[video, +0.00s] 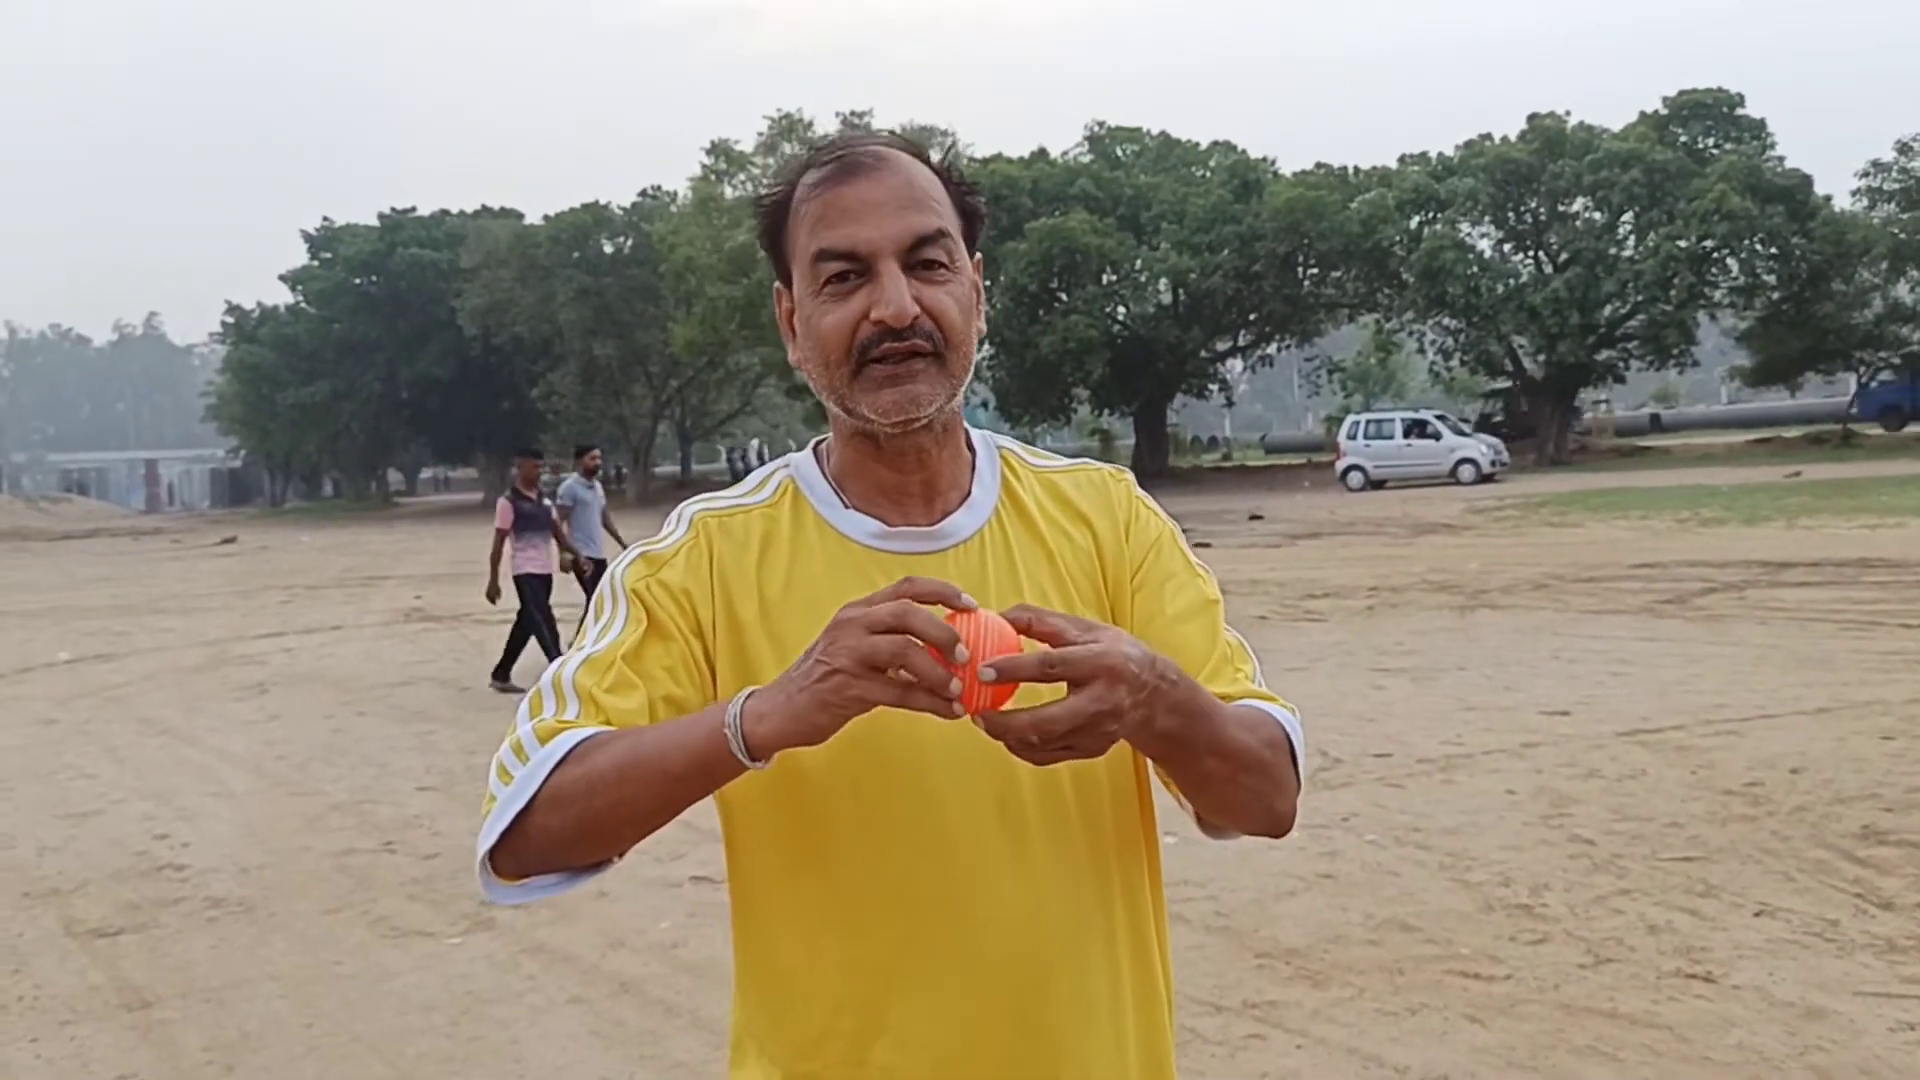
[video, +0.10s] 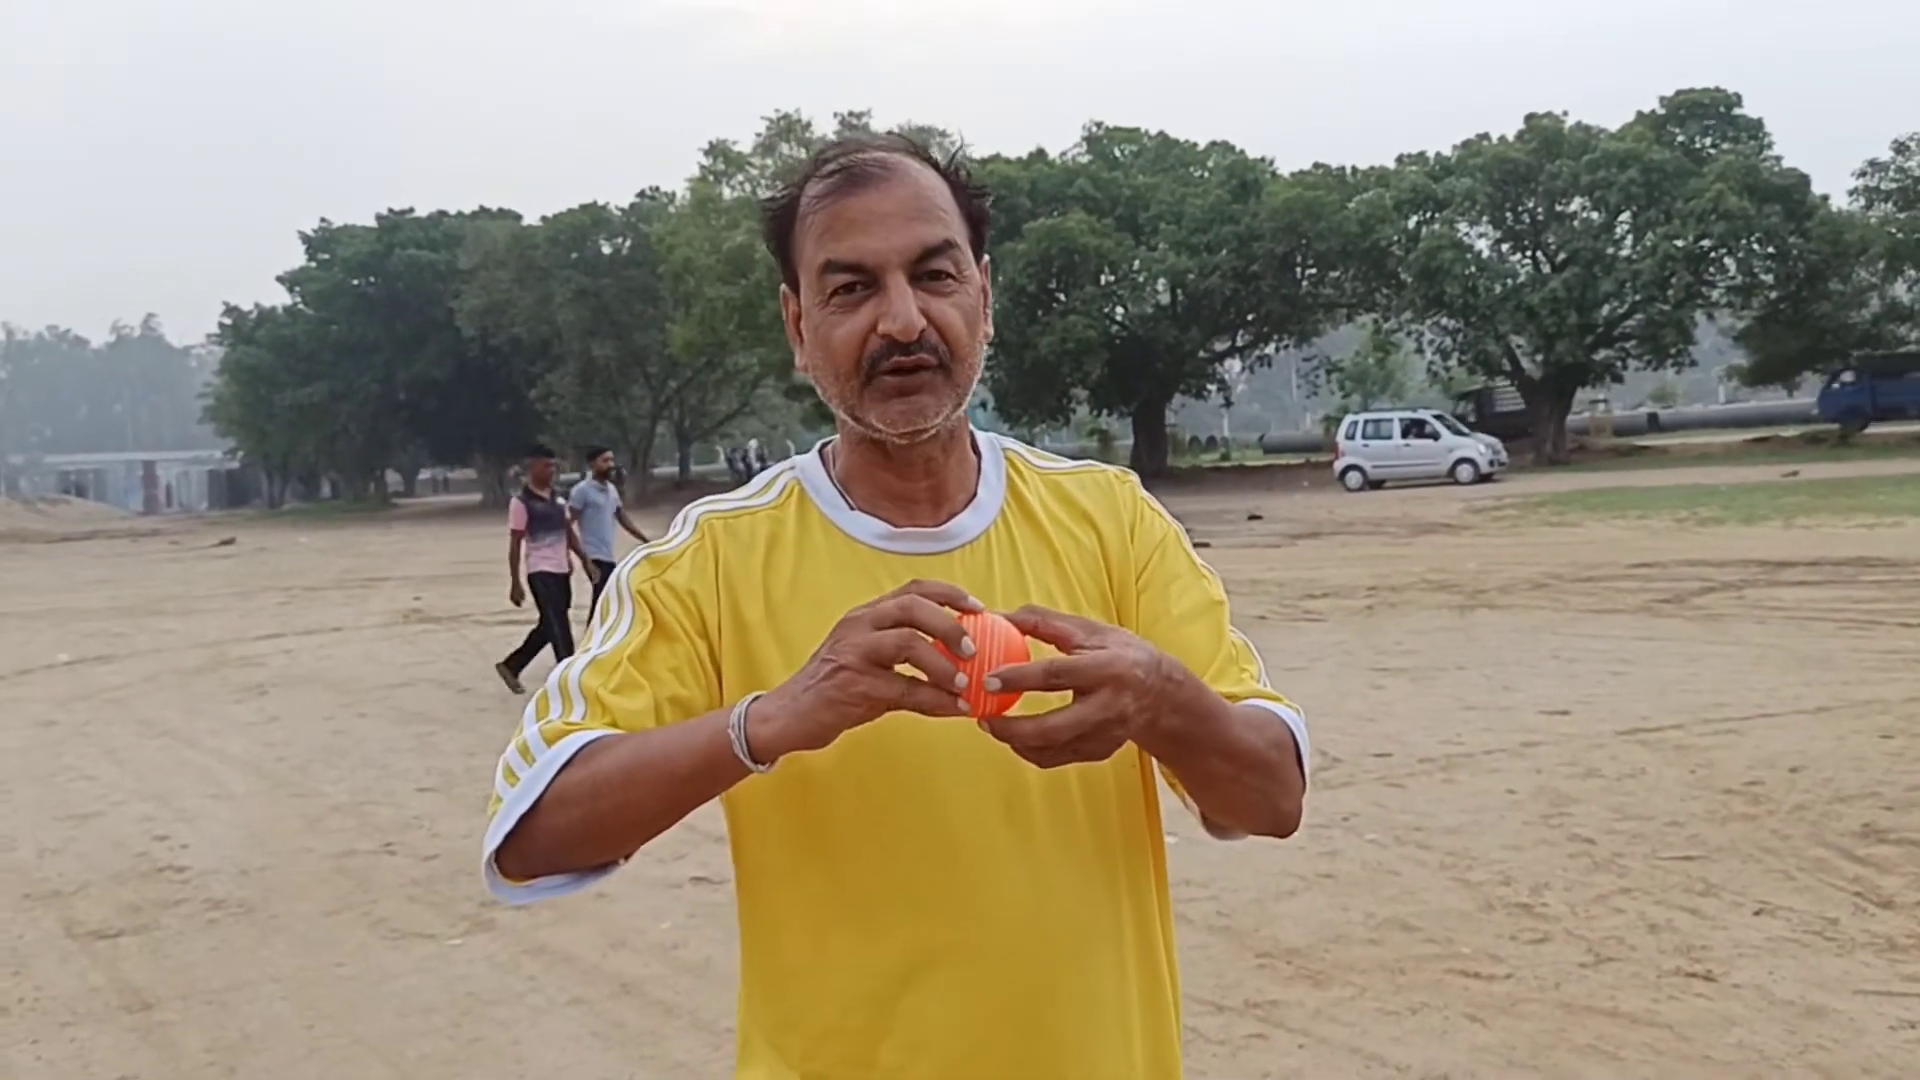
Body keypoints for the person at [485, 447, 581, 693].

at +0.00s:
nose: (538, 471)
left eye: (540, 467)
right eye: (534, 467)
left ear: (540, 469)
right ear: (519, 467)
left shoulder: (543, 500)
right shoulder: (508, 502)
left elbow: (557, 532)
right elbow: (498, 542)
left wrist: (577, 555)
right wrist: (493, 580)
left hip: (545, 571)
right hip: (524, 572)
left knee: (524, 626)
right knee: (543, 623)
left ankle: (501, 673)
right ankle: (562, 671)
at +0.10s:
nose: (551, 471)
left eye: (552, 466)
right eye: (546, 466)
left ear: (554, 469)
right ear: (531, 468)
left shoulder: (556, 499)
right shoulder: (521, 502)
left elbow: (569, 535)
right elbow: (515, 543)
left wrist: (586, 560)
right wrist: (515, 582)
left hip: (562, 570)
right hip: (540, 571)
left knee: (549, 627)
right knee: (559, 627)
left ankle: (511, 666)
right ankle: (572, 677)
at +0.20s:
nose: (557, 467)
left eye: (559, 462)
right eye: (552, 462)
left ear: (560, 464)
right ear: (537, 465)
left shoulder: (565, 497)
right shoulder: (530, 500)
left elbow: (576, 533)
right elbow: (530, 542)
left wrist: (588, 561)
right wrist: (538, 577)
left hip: (572, 568)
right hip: (550, 569)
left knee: (579, 619)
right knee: (561, 626)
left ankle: (537, 654)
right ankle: (565, 676)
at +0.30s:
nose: (566, 464)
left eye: (567, 459)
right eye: (561, 459)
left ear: (568, 461)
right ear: (546, 461)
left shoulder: (572, 492)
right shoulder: (538, 496)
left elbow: (579, 533)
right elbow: (543, 537)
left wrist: (589, 564)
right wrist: (562, 569)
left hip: (579, 567)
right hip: (555, 570)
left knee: (597, 616)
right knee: (557, 626)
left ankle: (573, 659)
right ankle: (559, 677)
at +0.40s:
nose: (576, 463)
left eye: (578, 459)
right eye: (571, 459)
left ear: (579, 461)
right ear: (556, 460)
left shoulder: (582, 492)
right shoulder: (549, 494)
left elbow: (588, 534)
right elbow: (557, 536)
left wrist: (601, 565)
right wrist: (588, 565)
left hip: (588, 570)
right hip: (564, 571)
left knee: (608, 625)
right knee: (559, 632)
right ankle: (555, 684)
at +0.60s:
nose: (612, 464)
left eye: (612, 459)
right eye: (606, 459)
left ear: (612, 463)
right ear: (591, 463)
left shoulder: (612, 493)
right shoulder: (584, 498)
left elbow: (619, 532)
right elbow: (591, 541)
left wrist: (630, 561)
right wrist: (623, 565)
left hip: (622, 573)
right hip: (600, 575)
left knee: (635, 632)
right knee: (586, 631)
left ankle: (646, 682)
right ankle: (560, 679)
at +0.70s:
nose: (629, 459)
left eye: (629, 455)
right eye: (623, 455)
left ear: (630, 460)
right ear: (607, 460)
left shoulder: (628, 491)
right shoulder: (601, 495)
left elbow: (640, 528)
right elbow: (606, 538)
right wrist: (625, 571)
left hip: (643, 567)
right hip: (620, 572)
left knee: (643, 627)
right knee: (620, 629)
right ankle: (579, 665)